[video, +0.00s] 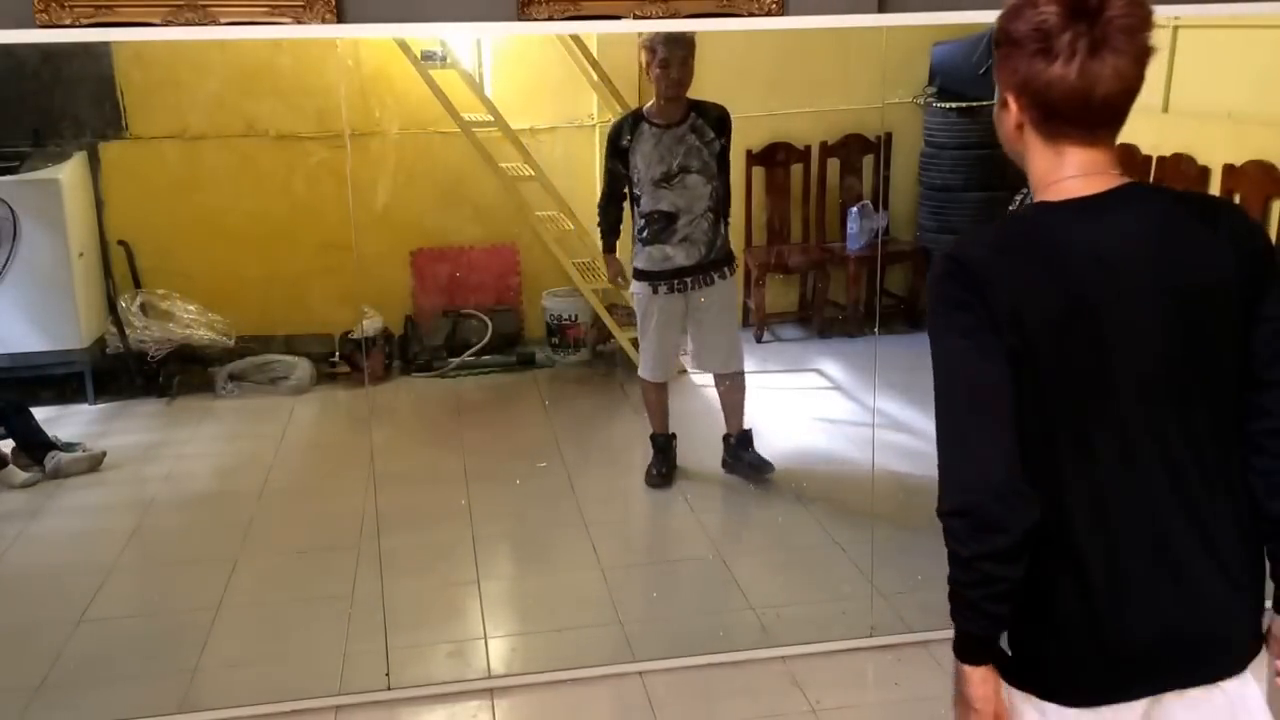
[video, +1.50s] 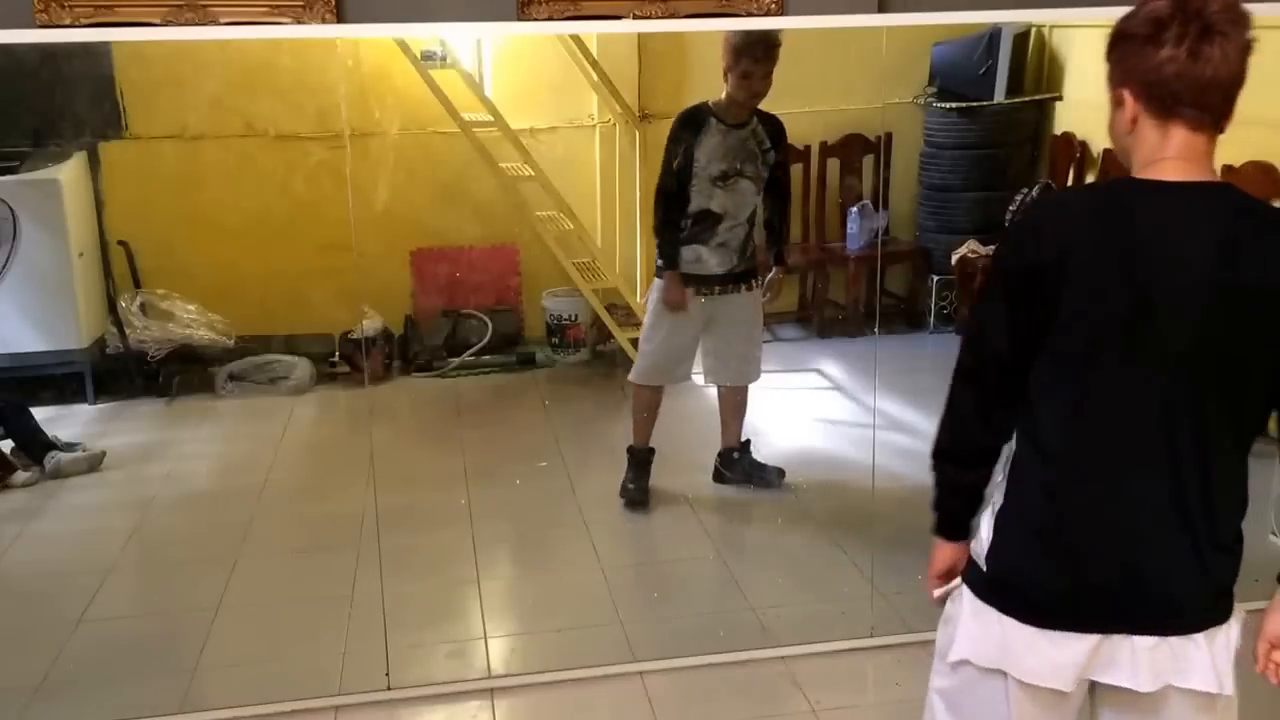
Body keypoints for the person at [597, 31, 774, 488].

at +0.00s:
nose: (673, 73)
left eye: (681, 63)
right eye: (663, 65)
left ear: (693, 66)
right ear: (646, 68)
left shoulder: (716, 119)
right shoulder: (625, 132)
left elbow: (723, 186)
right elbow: (611, 196)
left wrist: (722, 241)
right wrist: (610, 251)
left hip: (713, 267)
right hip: (655, 273)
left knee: (728, 362)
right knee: (654, 368)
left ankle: (736, 446)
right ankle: (662, 449)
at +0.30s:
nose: (698, 72)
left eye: (708, 64)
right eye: (689, 64)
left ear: (720, 68)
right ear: (675, 67)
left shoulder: (739, 121)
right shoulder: (653, 128)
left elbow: (750, 187)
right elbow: (637, 200)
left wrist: (761, 245)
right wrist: (654, 263)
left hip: (733, 271)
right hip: (675, 275)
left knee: (735, 366)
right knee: (665, 369)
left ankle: (732, 451)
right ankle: (663, 447)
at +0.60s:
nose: (744, 74)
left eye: (749, 65)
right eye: (733, 65)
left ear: (755, 69)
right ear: (705, 66)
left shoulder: (734, 124)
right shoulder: (700, 128)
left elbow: (745, 192)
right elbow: (705, 206)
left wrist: (769, 234)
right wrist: (751, 253)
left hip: (743, 268)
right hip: (717, 273)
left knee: (740, 362)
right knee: (719, 366)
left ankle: (731, 453)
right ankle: (650, 435)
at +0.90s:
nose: (766, 77)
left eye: (769, 67)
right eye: (756, 67)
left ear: (730, 72)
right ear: (725, 68)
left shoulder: (707, 123)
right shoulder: (730, 127)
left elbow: (725, 205)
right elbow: (743, 207)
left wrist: (763, 242)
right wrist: (771, 248)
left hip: (712, 268)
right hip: (738, 269)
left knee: (730, 360)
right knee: (760, 363)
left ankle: (732, 455)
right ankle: (686, 439)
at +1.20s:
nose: (772, 78)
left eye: (777, 68)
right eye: (761, 67)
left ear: (779, 70)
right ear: (733, 67)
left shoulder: (750, 127)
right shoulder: (718, 123)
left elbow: (749, 200)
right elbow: (717, 204)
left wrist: (763, 249)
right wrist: (750, 261)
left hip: (742, 269)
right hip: (716, 270)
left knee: (736, 365)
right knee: (712, 368)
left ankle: (732, 456)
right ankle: (640, 440)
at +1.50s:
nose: (755, 83)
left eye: (763, 75)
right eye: (746, 74)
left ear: (773, 76)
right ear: (726, 70)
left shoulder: (771, 131)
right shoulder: (692, 123)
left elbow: (777, 197)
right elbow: (667, 196)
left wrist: (775, 251)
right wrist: (670, 272)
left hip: (740, 280)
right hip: (683, 277)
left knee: (736, 369)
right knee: (650, 372)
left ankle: (732, 457)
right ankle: (638, 462)